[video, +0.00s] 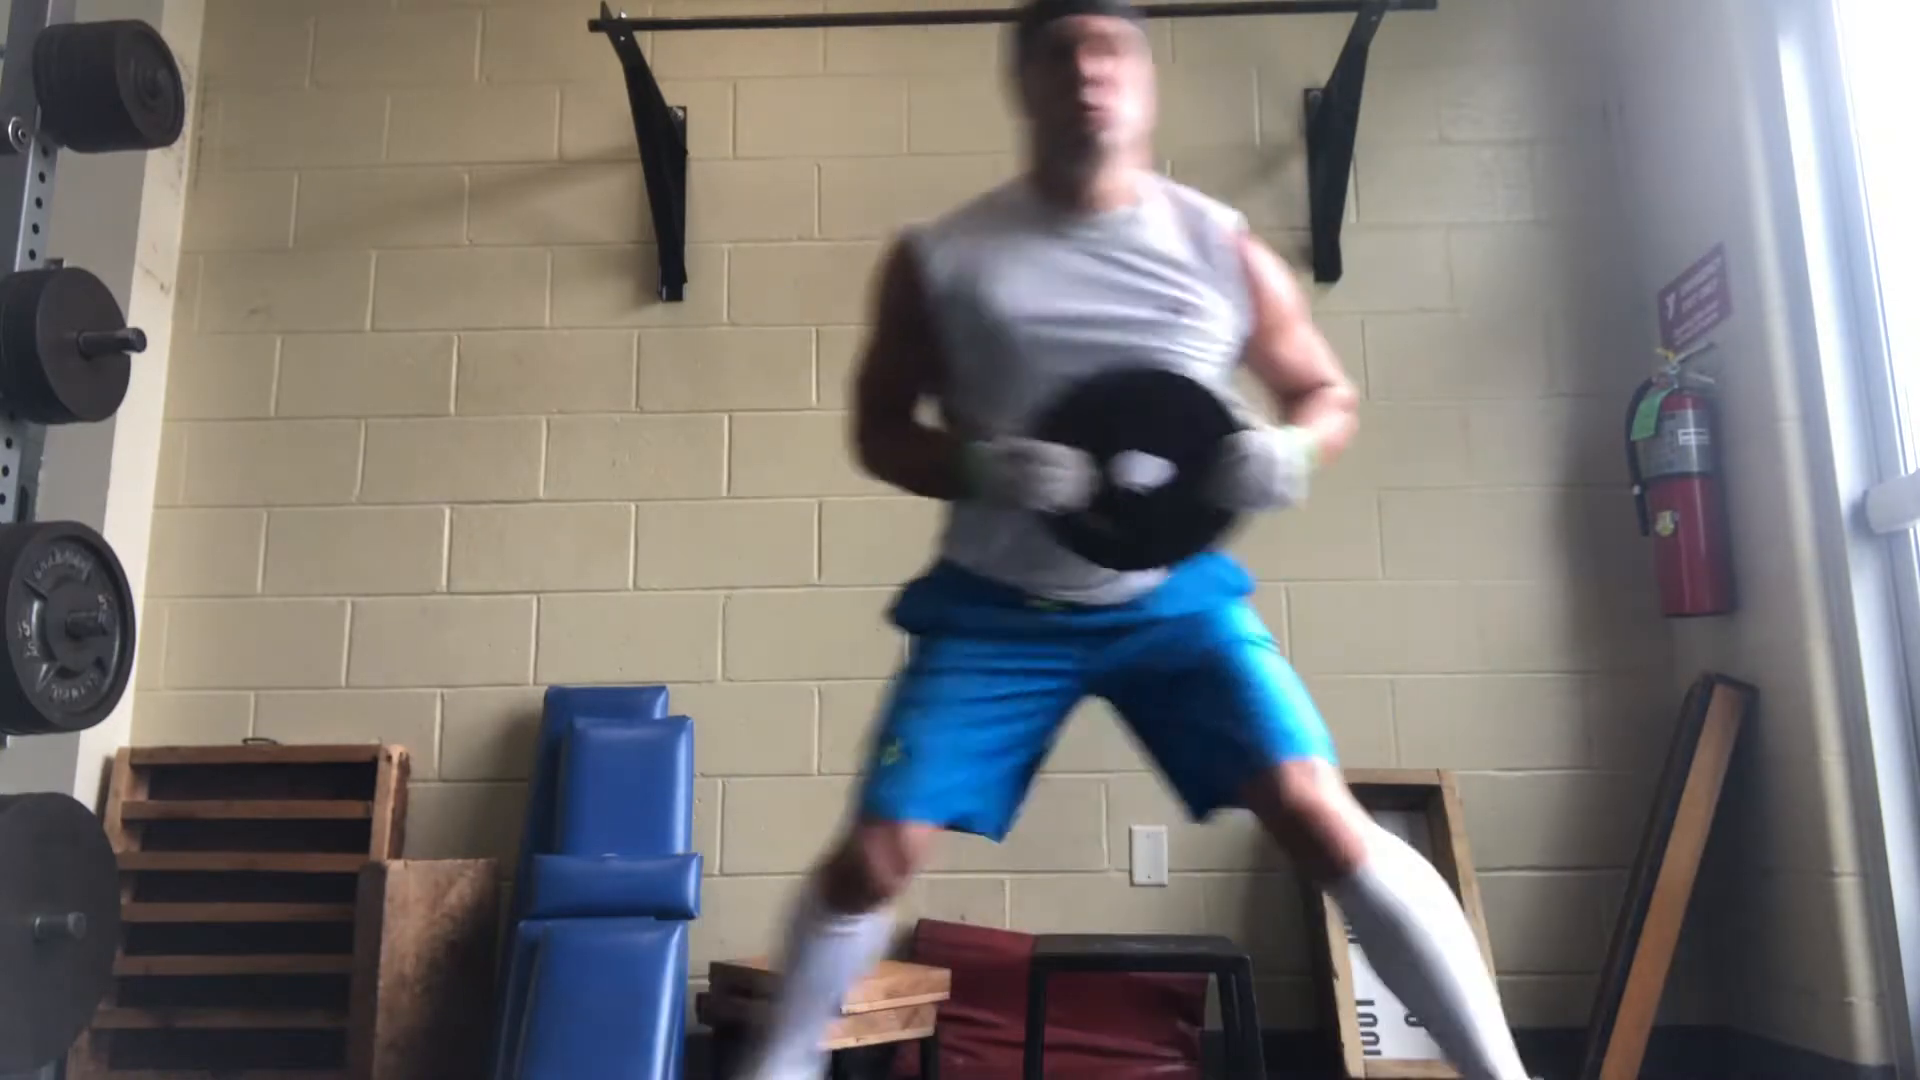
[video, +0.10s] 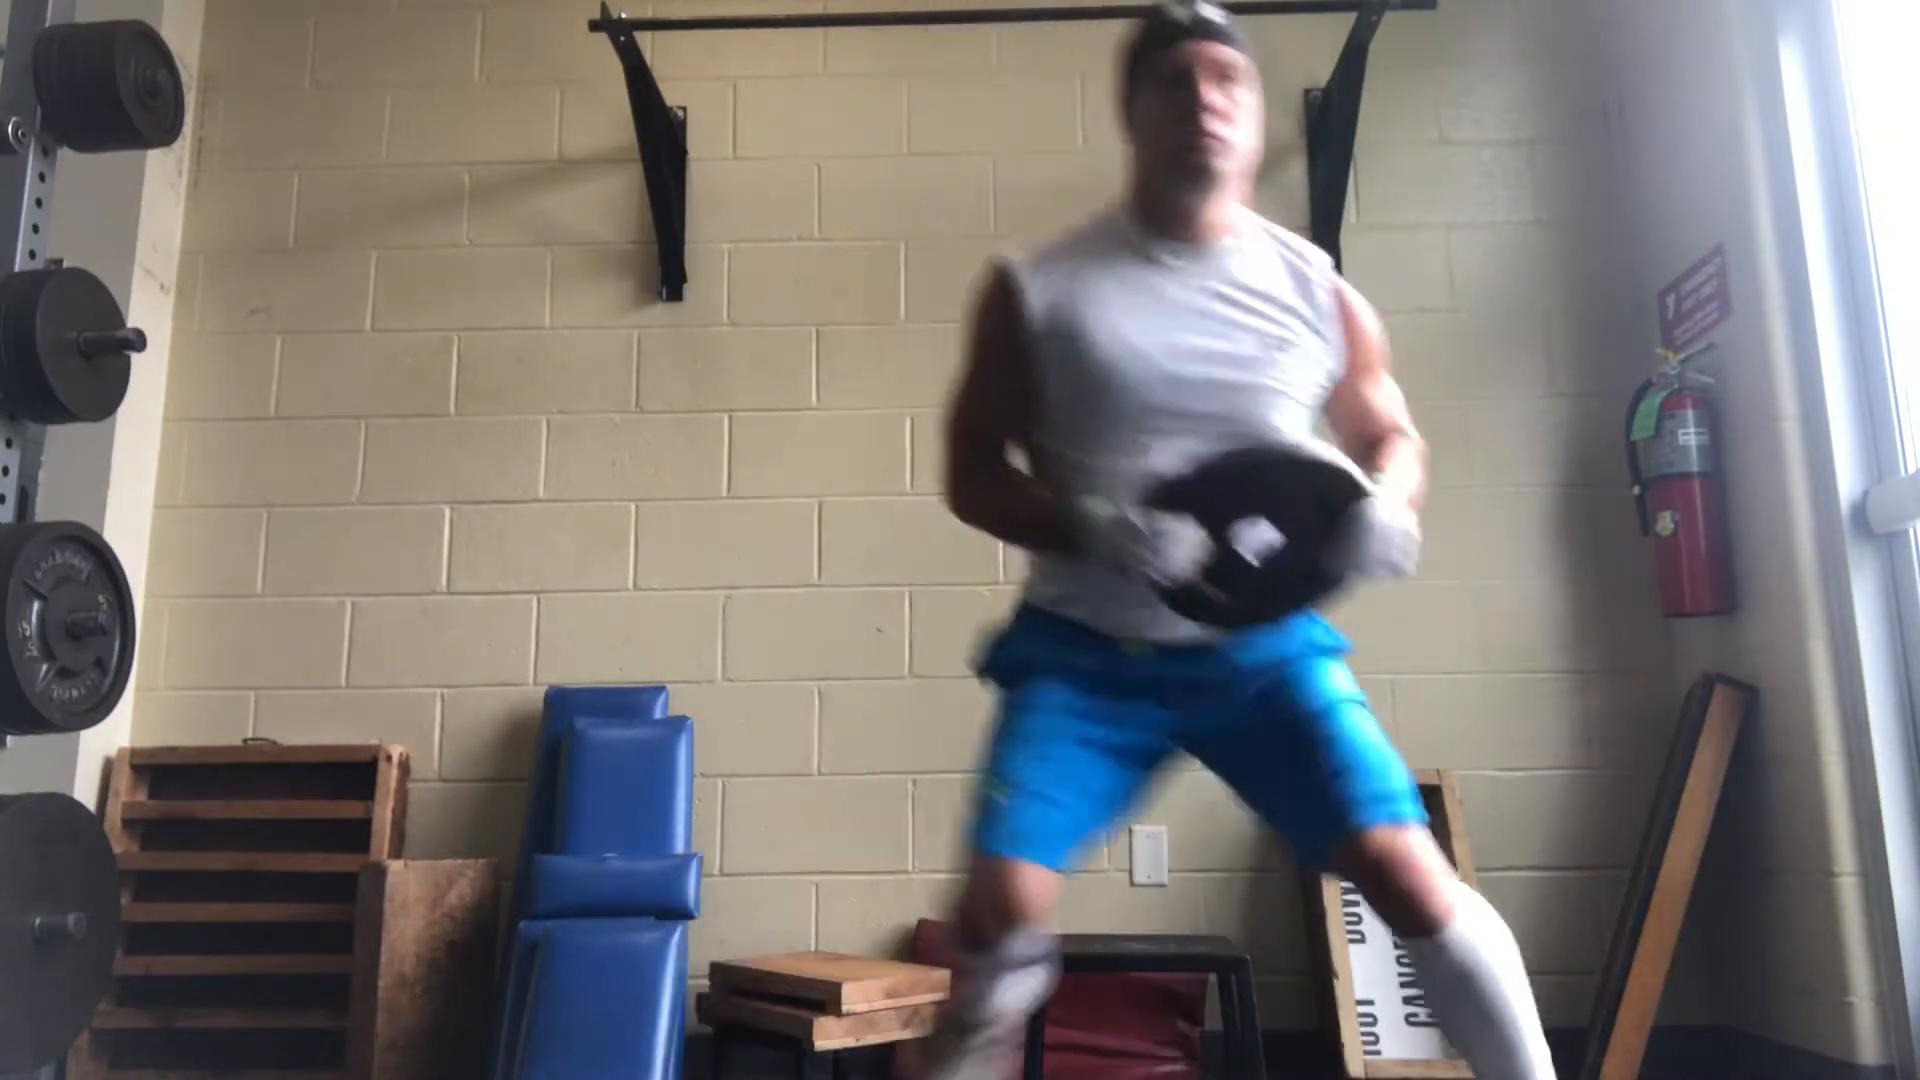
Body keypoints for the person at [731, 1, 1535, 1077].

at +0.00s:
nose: (1088, 72)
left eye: (1111, 50)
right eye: (1060, 53)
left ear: (1151, 82)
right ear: (1021, 86)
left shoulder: (1220, 247)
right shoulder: (938, 262)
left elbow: (1333, 395)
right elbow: (879, 434)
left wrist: (1292, 451)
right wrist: (981, 467)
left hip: (1180, 606)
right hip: (998, 616)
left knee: (1317, 813)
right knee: (874, 857)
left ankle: (1501, 1068)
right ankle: (771, 1066)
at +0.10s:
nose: (1204, 105)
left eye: (1225, 82)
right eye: (1173, 83)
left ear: (1260, 119)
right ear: (1129, 114)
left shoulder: (1318, 295)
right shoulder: (1036, 294)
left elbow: (1393, 440)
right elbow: (973, 480)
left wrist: (1384, 511)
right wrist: (1092, 529)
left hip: (1270, 655)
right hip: (1086, 660)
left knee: (1404, 871)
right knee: (1003, 901)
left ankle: (1528, 1071)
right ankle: (971, 1062)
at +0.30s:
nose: (1256, 120)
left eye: (1278, 101)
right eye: (1225, 101)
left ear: (1305, 143)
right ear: (1179, 136)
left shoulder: (1350, 315)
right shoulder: (1071, 302)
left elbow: (1435, 494)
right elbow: (991, 467)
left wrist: (1375, 534)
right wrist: (1082, 528)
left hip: (1287, 658)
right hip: (1104, 654)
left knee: (1420, 882)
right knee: (980, 839)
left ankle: (1535, 1073)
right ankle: (1050, 909)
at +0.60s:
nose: (935, 105)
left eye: (959, 83)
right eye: (913, 86)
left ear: (1001, 111)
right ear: (883, 116)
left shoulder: (1073, 277)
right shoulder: (815, 299)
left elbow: (1176, 475)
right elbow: (763, 500)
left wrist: (1026, 513)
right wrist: (803, 510)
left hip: (1024, 645)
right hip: (857, 640)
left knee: (1068, 907)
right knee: (725, 883)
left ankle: (1004, 1026)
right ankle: (631, 1073)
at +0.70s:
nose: (851, 152)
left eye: (874, 130)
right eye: (826, 135)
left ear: (915, 159)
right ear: (801, 169)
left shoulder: (1008, 310)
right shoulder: (753, 358)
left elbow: (1136, 488)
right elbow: (732, 501)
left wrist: (1005, 554)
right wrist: (734, 574)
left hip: (979, 670)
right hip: (818, 668)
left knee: (935, 921)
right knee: (695, 898)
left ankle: (878, 998)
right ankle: (627, 1076)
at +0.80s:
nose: (852, 149)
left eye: (875, 125)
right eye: (826, 131)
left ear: (918, 154)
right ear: (799, 168)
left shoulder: (1014, 302)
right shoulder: (752, 352)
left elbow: (1157, 452)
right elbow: (728, 503)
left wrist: (1058, 519)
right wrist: (773, 552)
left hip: (998, 662)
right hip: (830, 663)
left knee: (1017, 886)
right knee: (703, 889)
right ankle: (627, 1077)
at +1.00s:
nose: (1052, 71)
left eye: (1073, 46)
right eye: (1025, 50)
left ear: (1111, 74)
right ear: (989, 81)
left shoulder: (1187, 238)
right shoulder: (902, 250)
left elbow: (1285, 364)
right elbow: (846, 428)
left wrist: (1265, 433)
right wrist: (958, 453)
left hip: (1137, 594)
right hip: (962, 604)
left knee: (1274, 823)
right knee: (854, 846)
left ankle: (1448, 1070)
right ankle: (802, 1065)